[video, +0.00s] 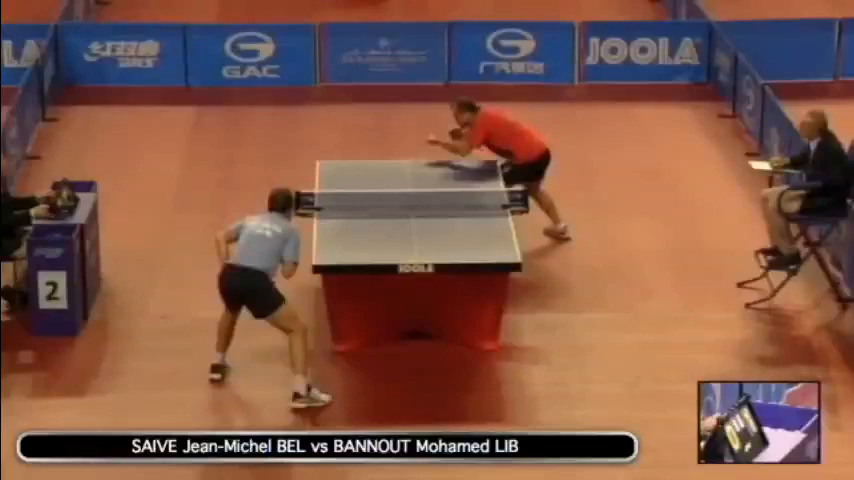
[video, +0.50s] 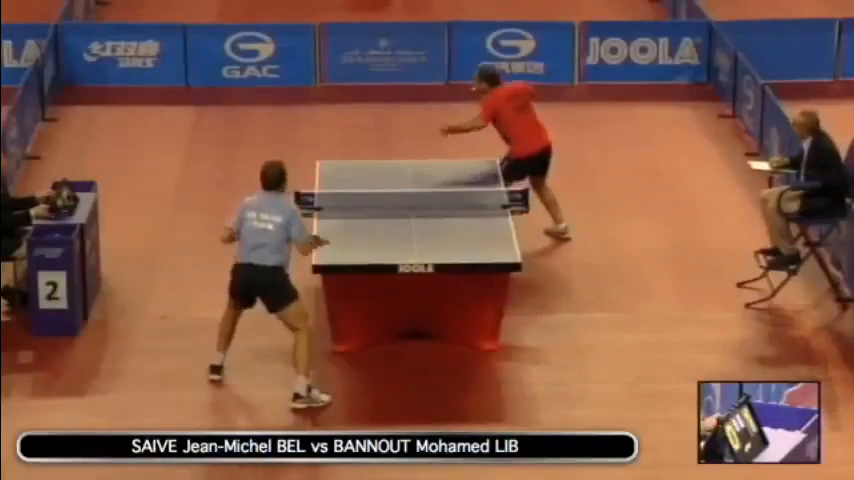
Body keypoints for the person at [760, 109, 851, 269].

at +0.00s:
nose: (801, 126)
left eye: (807, 123)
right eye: (802, 123)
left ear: (818, 127)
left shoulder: (830, 148)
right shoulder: (814, 144)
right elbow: (803, 160)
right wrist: (785, 163)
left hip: (829, 201)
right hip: (816, 193)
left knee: (775, 204)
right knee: (767, 196)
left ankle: (790, 253)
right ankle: (780, 246)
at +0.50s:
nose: (794, 129)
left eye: (798, 125)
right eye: (794, 125)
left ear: (808, 127)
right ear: (808, 127)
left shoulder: (822, 145)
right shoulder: (811, 141)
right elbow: (803, 160)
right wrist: (785, 163)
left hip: (828, 199)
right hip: (815, 191)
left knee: (774, 206)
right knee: (767, 197)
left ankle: (790, 253)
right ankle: (779, 247)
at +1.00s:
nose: (816, 125)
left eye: (821, 122)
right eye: (817, 121)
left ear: (833, 125)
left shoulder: (845, 146)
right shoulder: (823, 142)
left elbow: (842, 180)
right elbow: (805, 159)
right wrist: (786, 163)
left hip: (830, 199)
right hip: (813, 191)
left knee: (774, 204)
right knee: (767, 197)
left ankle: (789, 253)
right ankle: (780, 247)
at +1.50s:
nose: (822, 123)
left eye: (827, 120)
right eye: (823, 119)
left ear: (840, 125)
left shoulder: (847, 146)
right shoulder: (826, 142)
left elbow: (838, 176)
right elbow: (805, 159)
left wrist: (808, 173)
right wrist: (786, 163)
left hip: (830, 199)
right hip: (815, 191)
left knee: (775, 204)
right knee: (766, 196)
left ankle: (790, 254)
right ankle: (780, 247)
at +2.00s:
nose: (821, 123)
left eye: (826, 121)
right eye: (822, 119)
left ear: (838, 125)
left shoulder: (846, 146)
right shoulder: (826, 141)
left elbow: (836, 177)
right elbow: (807, 158)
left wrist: (807, 175)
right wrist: (786, 162)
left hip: (830, 199)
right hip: (814, 191)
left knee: (774, 204)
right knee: (766, 197)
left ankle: (790, 253)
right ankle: (780, 247)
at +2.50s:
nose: (820, 124)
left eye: (825, 121)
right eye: (820, 120)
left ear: (837, 125)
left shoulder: (846, 147)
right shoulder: (826, 141)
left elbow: (837, 177)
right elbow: (806, 159)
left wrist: (807, 175)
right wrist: (786, 163)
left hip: (829, 199)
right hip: (815, 191)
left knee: (774, 205)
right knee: (766, 197)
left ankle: (790, 254)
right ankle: (780, 247)